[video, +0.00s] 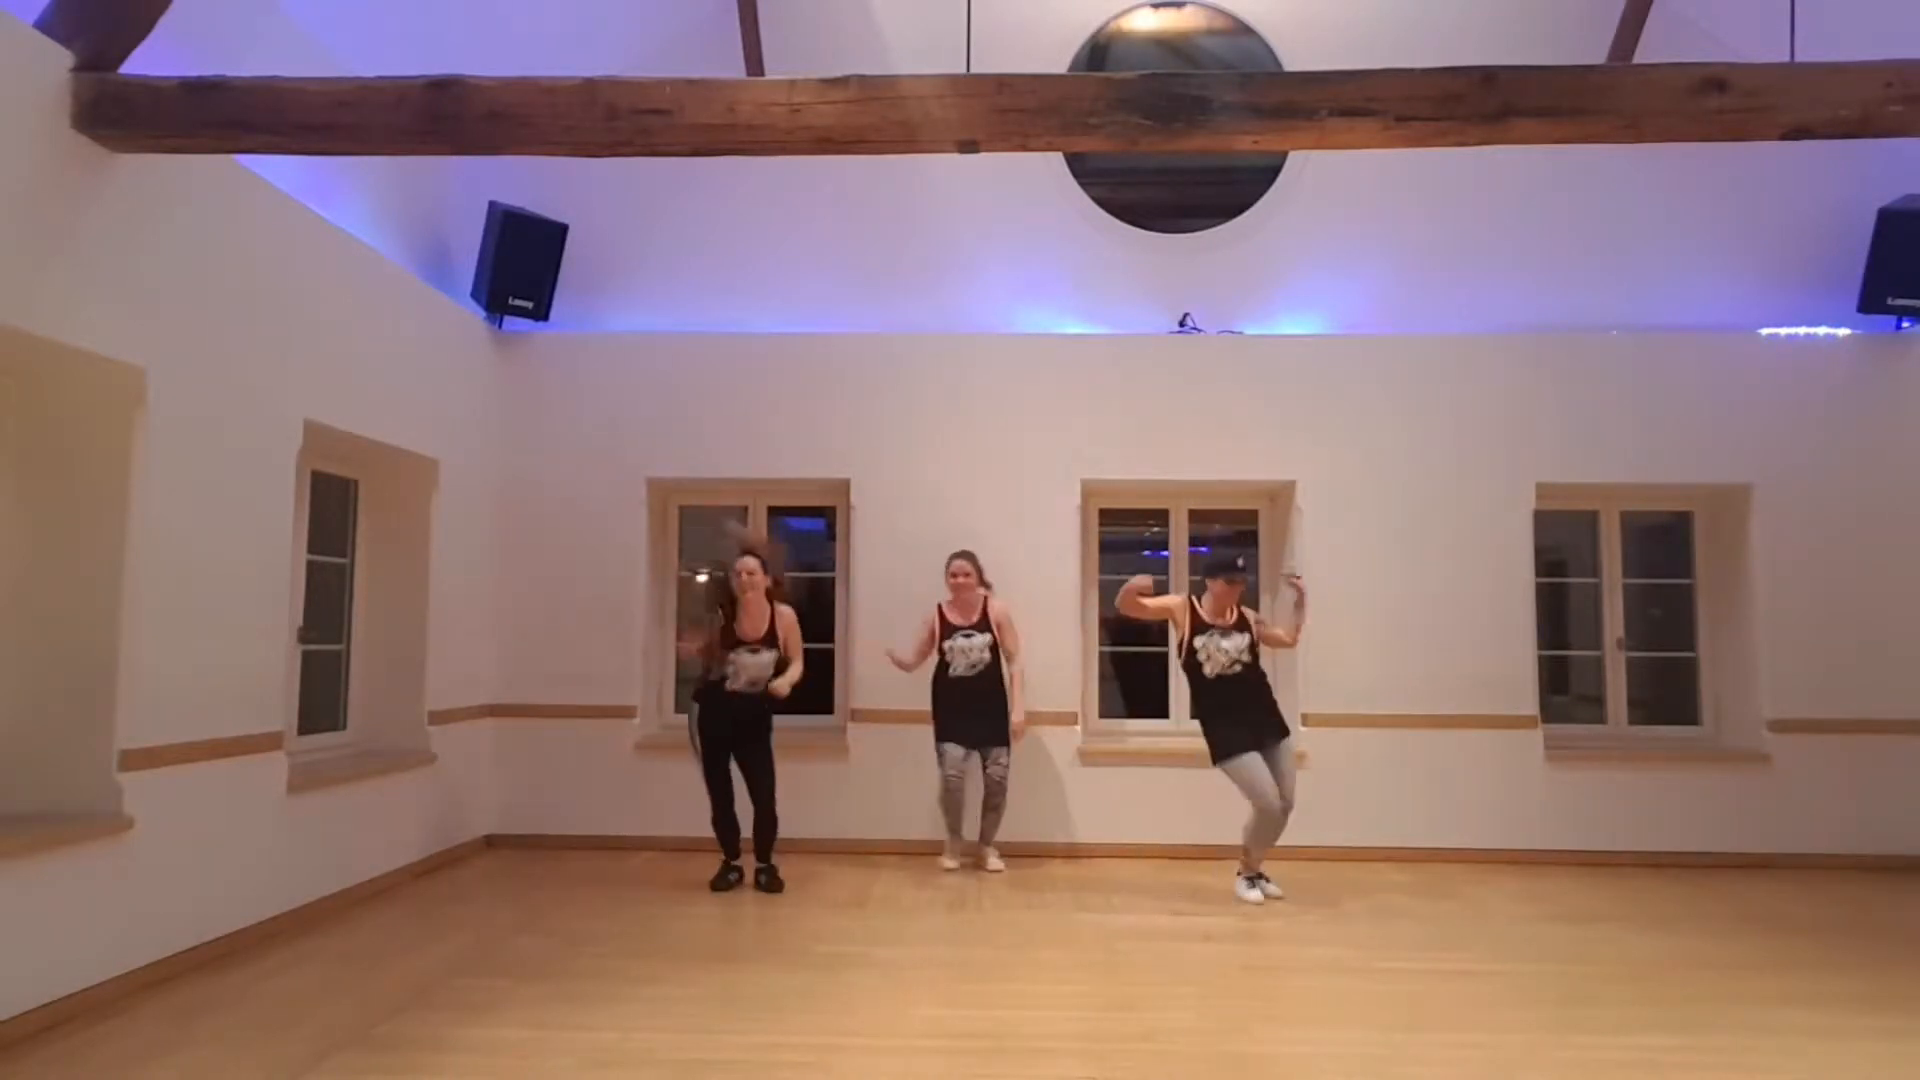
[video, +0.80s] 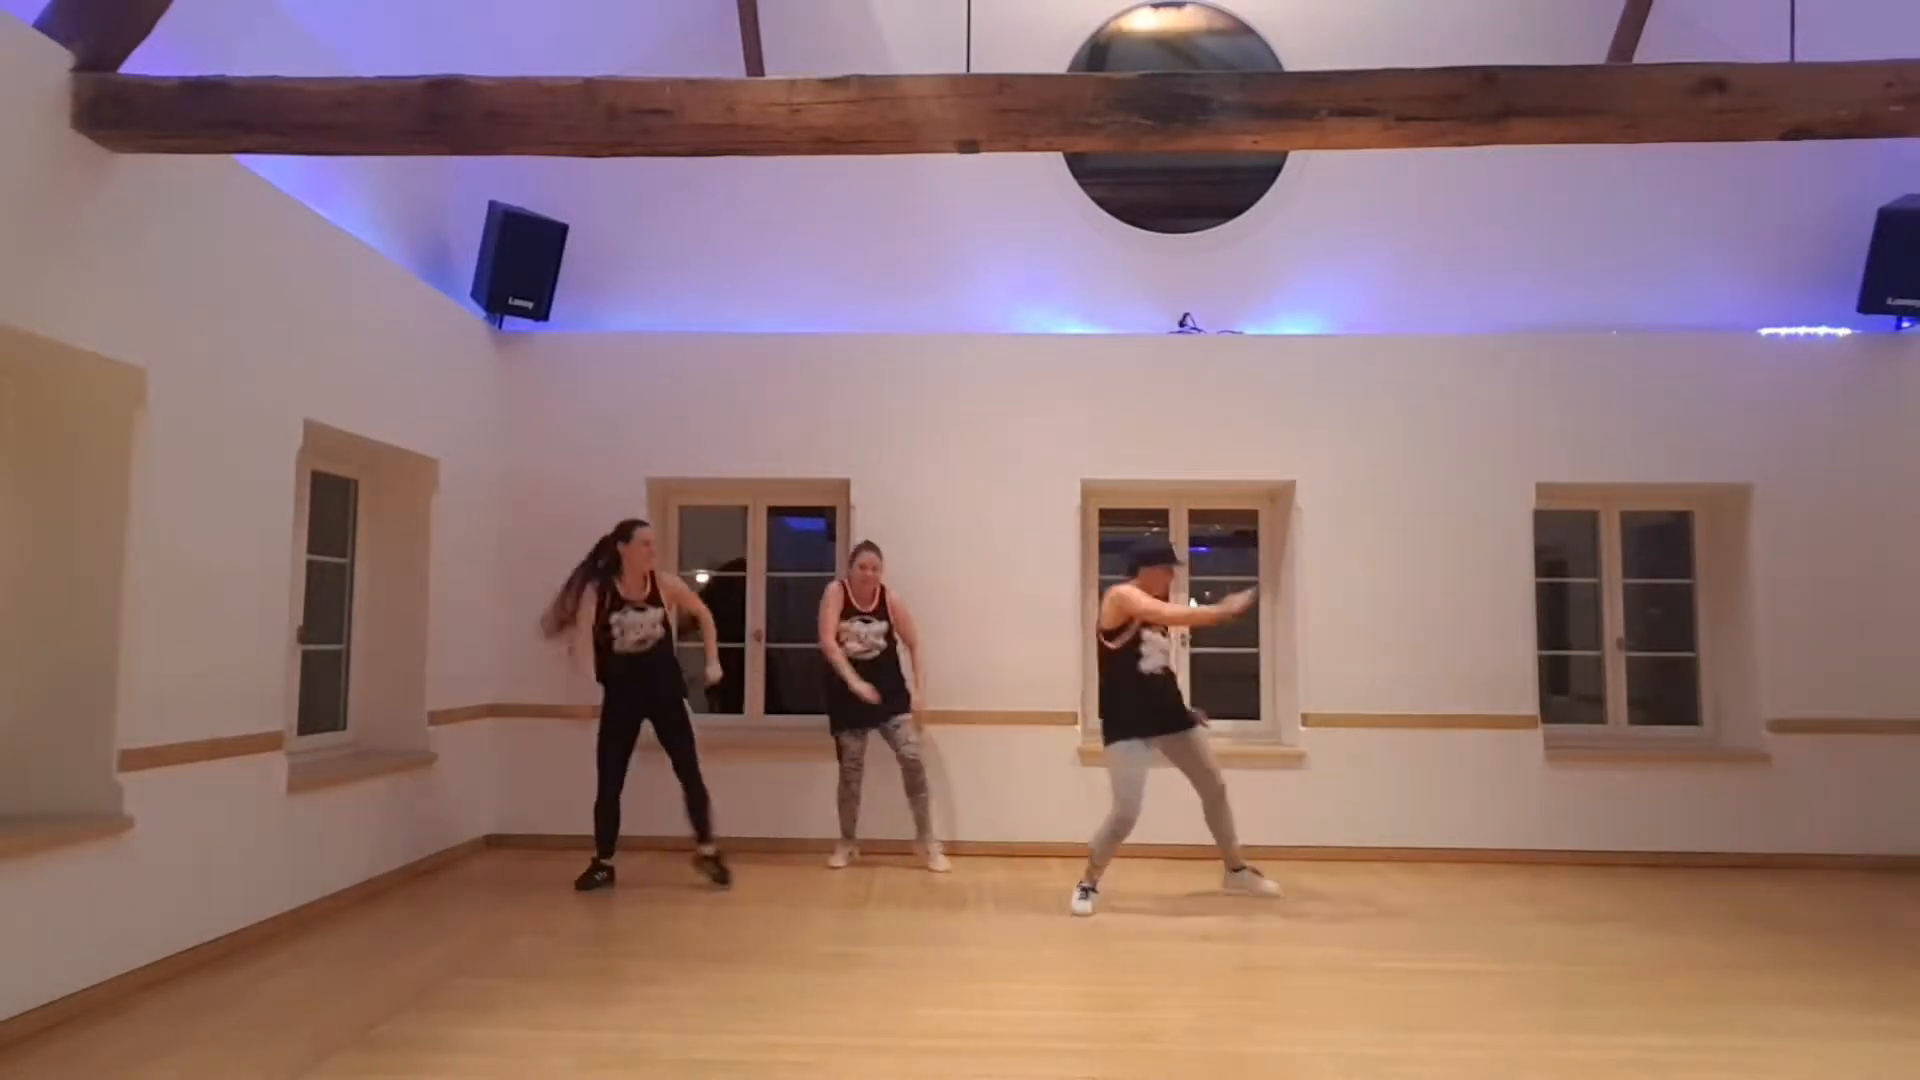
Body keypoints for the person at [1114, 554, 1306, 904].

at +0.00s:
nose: (1237, 591)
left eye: (1240, 584)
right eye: (1231, 583)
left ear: (1243, 586)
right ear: (1210, 582)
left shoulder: (1246, 618)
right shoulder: (1182, 608)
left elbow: (1288, 638)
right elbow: (1126, 605)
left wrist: (1300, 601)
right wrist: (1132, 587)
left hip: (1266, 719)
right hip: (1225, 728)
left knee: (1284, 802)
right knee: (1268, 803)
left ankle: (1252, 870)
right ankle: (1248, 873)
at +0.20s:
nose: (1247, 570)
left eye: (1249, 563)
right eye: (1240, 562)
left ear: (1248, 564)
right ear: (1218, 562)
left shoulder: (1252, 586)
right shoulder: (1190, 589)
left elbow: (1289, 606)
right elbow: (1130, 592)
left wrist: (1325, 639)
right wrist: (1166, 617)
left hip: (1245, 702)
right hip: (1206, 706)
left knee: (1263, 785)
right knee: (1254, 779)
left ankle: (1250, 866)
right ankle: (1232, 857)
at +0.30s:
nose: (1250, 563)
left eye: (1251, 556)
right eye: (1245, 555)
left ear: (1247, 558)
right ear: (1226, 555)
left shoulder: (1250, 584)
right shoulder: (1197, 589)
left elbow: (1264, 627)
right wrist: (1217, 624)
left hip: (1228, 697)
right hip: (1191, 695)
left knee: (1250, 778)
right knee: (1216, 765)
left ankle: (1245, 868)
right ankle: (1195, 855)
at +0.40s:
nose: (1242, 567)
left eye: (1244, 561)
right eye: (1237, 560)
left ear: (1236, 565)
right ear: (1216, 563)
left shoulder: (1236, 595)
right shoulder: (1197, 603)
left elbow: (1268, 608)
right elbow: (1236, 658)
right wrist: (1265, 624)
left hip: (1217, 709)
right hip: (1179, 707)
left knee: (1249, 785)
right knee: (1184, 775)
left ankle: (1245, 872)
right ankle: (1139, 868)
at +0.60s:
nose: (1208, 587)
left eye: (1207, 580)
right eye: (1202, 580)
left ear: (1186, 584)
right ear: (1181, 584)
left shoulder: (1185, 613)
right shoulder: (1170, 615)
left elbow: (1240, 614)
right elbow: (1239, 614)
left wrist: (1299, 614)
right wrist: (1302, 614)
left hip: (1196, 722)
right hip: (1160, 728)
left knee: (1248, 797)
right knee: (1152, 820)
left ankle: (1244, 876)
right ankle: (1091, 884)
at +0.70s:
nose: (1183, 590)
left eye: (1184, 583)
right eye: (1177, 583)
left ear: (1180, 585)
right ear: (1157, 583)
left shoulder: (1174, 610)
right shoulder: (1141, 610)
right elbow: (1215, 619)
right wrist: (1265, 620)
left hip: (1183, 721)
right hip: (1145, 729)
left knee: (1229, 799)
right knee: (1146, 820)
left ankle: (1243, 875)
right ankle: (1092, 885)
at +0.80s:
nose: (1170, 578)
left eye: (1171, 570)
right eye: (1165, 570)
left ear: (1164, 572)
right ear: (1146, 570)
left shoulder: (1161, 606)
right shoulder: (1120, 595)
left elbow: (1157, 672)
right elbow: (1167, 616)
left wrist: (1184, 711)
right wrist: (1222, 611)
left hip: (1167, 714)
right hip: (1126, 719)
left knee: (1213, 786)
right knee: (1125, 816)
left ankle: (1236, 870)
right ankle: (1088, 883)